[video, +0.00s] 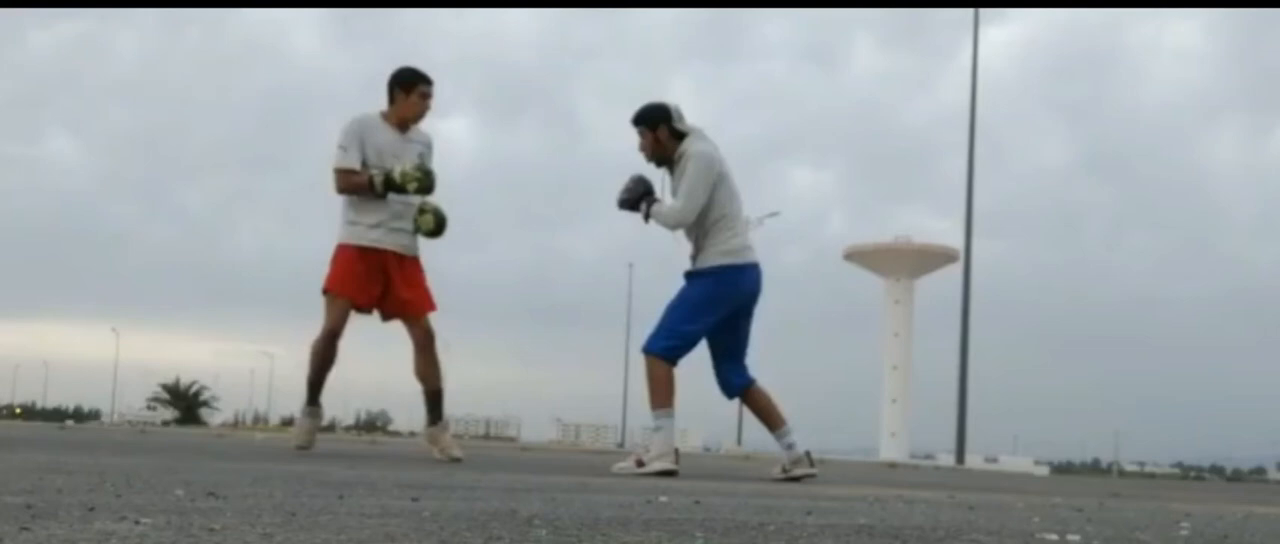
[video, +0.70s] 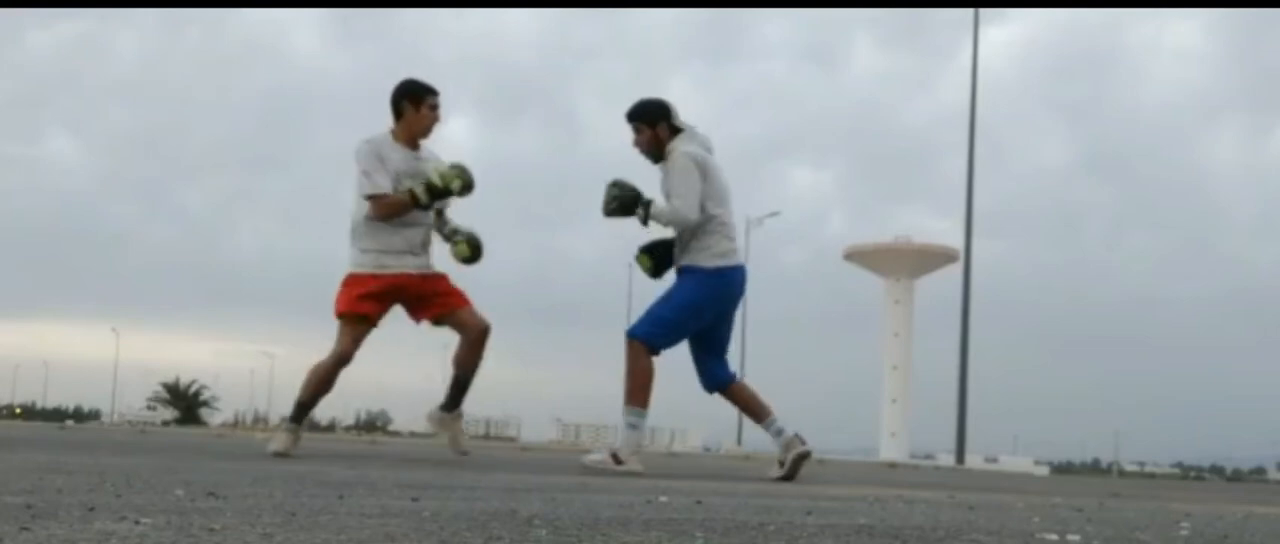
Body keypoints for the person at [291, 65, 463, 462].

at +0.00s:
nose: (427, 107)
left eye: (430, 100)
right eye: (423, 98)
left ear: (416, 100)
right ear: (400, 95)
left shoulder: (422, 143)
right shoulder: (360, 127)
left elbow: (420, 194)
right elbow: (343, 181)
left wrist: (427, 215)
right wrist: (388, 181)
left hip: (402, 252)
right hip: (357, 247)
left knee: (424, 335)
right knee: (332, 329)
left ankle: (436, 426)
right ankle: (310, 411)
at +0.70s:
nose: (436, 119)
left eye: (437, 111)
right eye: (431, 110)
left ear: (416, 113)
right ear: (406, 109)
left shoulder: (433, 164)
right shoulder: (372, 150)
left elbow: (436, 217)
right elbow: (380, 209)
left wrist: (456, 237)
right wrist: (427, 193)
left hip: (419, 273)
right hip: (371, 273)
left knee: (477, 330)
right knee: (342, 354)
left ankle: (449, 413)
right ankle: (292, 426)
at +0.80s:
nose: (465, 124)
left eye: (466, 116)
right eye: (460, 116)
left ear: (444, 119)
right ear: (437, 117)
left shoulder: (463, 158)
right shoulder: (404, 157)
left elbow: (493, 196)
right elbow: (430, 213)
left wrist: (524, 189)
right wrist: (470, 185)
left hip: (448, 280)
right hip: (399, 279)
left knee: (499, 342)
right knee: (350, 352)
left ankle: (520, 434)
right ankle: (292, 424)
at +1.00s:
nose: (513, 172)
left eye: (512, 164)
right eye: (505, 167)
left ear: (508, 166)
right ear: (482, 172)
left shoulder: (524, 178)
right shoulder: (454, 200)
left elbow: (565, 149)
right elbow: (466, 263)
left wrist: (602, 115)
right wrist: (502, 236)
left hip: (499, 299)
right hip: (450, 297)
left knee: (542, 354)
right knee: (393, 363)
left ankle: (556, 445)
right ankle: (321, 428)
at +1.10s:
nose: (523, 173)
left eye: (523, 166)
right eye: (517, 167)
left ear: (515, 165)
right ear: (493, 168)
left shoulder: (524, 181)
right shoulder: (459, 199)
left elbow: (577, 169)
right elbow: (459, 261)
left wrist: (628, 148)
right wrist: (497, 240)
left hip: (502, 301)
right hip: (452, 298)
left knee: (545, 351)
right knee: (397, 365)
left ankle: (555, 445)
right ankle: (322, 426)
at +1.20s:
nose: (517, 146)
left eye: (517, 139)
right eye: (510, 139)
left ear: (508, 141)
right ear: (486, 141)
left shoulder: (521, 169)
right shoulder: (453, 178)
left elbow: (573, 198)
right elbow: (462, 240)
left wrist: (613, 198)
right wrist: (500, 214)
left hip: (493, 294)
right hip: (444, 287)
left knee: (534, 353)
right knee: (394, 346)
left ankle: (553, 444)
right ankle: (326, 415)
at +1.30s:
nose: (502, 118)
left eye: (503, 110)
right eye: (496, 110)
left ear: (484, 114)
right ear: (472, 113)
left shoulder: (498, 156)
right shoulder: (438, 154)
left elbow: (501, 214)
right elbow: (438, 219)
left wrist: (538, 227)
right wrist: (481, 195)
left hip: (480, 274)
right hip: (431, 267)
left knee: (516, 351)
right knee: (388, 340)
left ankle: (550, 441)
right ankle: (331, 421)